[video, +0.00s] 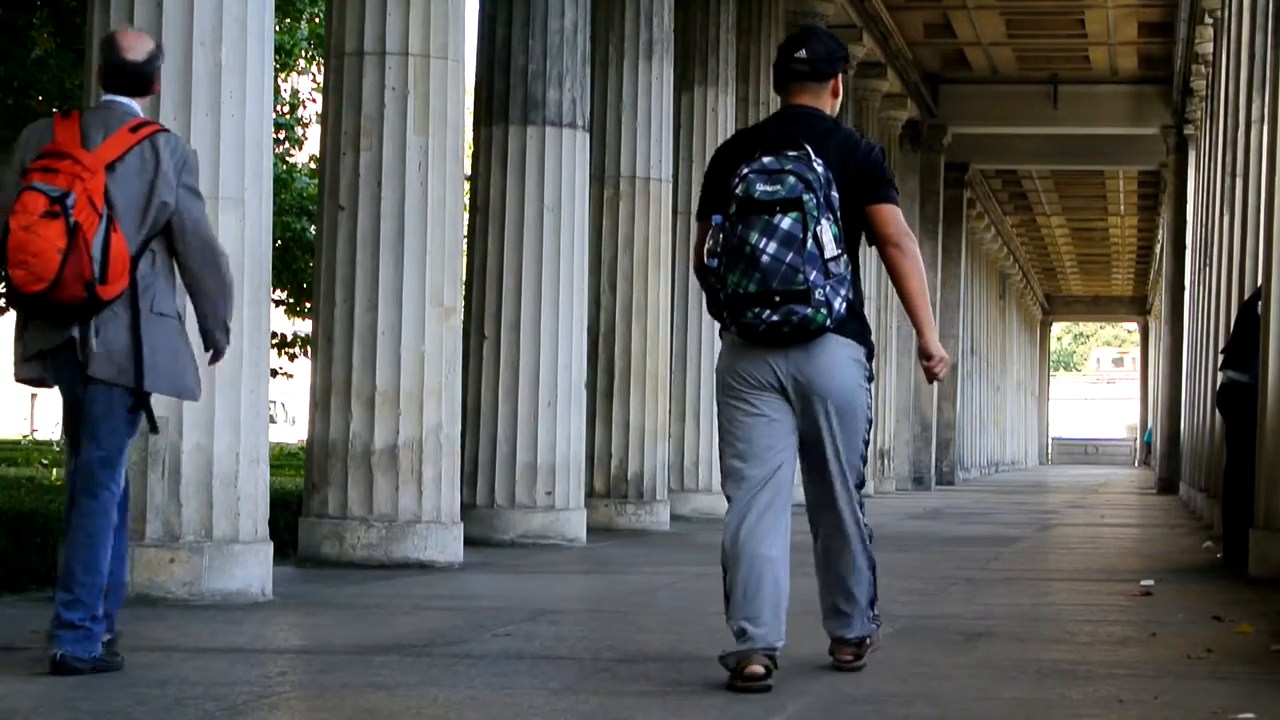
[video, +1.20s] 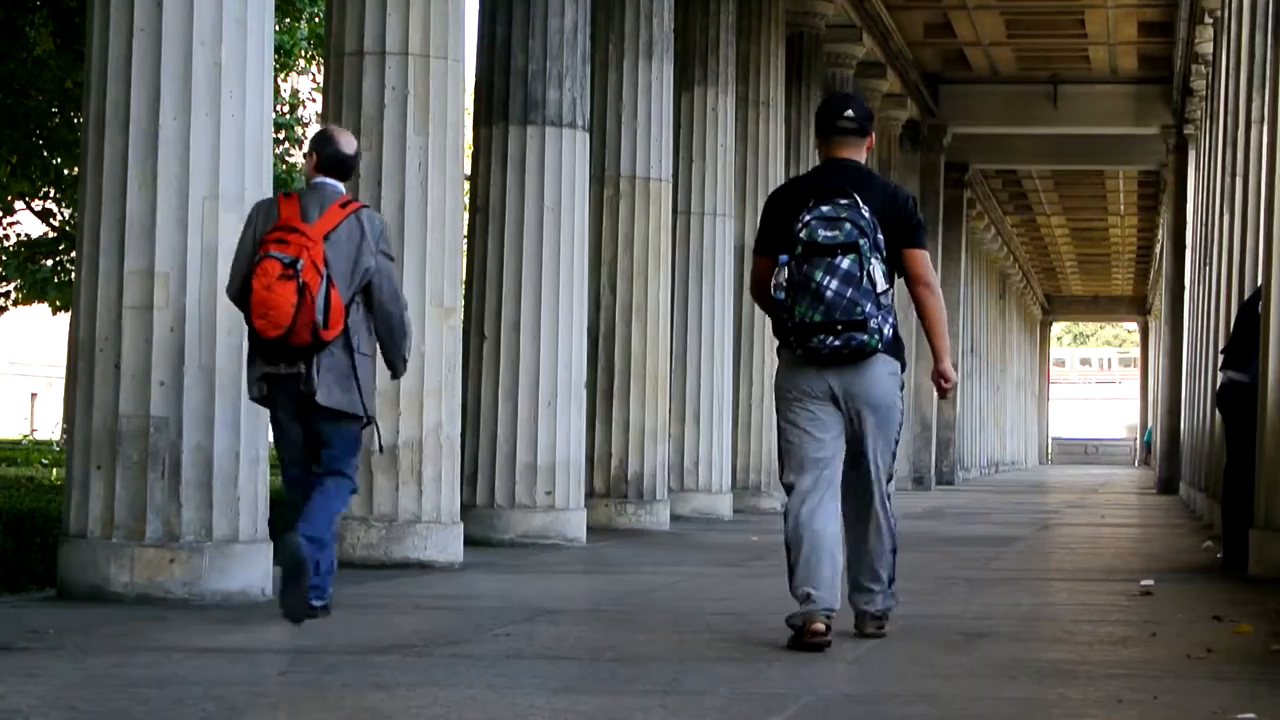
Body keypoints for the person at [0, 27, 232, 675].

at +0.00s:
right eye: (157, 74)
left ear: (97, 78)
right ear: (155, 85)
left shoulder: (44, 137)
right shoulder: (167, 151)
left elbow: (18, 223)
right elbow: (196, 245)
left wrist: (38, 306)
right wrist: (217, 323)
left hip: (57, 324)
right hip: (121, 330)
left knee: (101, 475)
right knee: (97, 479)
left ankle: (100, 622)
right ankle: (76, 640)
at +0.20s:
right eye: (193, 105)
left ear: (138, 107)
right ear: (192, 116)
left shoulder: (84, 164)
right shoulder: (206, 179)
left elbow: (51, 248)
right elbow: (232, 269)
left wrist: (74, 317)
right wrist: (252, 330)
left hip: (94, 342)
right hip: (163, 345)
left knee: (136, 480)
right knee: (156, 479)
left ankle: (156, 620)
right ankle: (109, 589)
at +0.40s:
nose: (170, 101)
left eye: (173, 94)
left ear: (176, 103)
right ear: (226, 116)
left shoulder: (124, 160)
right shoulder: (245, 174)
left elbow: (99, 248)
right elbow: (254, 268)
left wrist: (116, 330)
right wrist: (276, 353)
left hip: (141, 342)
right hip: (215, 347)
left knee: (153, 474)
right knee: (227, 461)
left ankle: (152, 620)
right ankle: (208, 590)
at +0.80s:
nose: (251, 131)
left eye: (253, 125)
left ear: (257, 132)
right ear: (301, 147)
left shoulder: (207, 182)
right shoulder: (319, 201)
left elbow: (175, 262)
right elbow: (328, 287)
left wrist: (207, 323)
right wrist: (347, 366)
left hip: (222, 353)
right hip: (287, 359)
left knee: (229, 461)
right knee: (279, 483)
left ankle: (205, 549)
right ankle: (265, 608)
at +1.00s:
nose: (276, 141)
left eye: (279, 136)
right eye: (283, 134)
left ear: (285, 146)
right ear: (327, 157)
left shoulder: (240, 195)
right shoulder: (345, 210)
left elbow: (208, 273)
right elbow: (371, 288)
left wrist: (241, 320)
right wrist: (380, 349)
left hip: (251, 351)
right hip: (311, 355)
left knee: (279, 471)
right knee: (284, 476)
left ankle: (288, 587)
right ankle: (264, 601)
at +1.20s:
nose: (302, 160)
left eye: (306, 154)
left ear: (309, 163)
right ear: (351, 173)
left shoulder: (266, 212)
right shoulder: (364, 223)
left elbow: (237, 287)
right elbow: (387, 300)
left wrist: (275, 325)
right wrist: (398, 354)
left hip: (278, 368)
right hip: (337, 369)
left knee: (299, 478)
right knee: (338, 474)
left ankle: (315, 595)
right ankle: (302, 545)